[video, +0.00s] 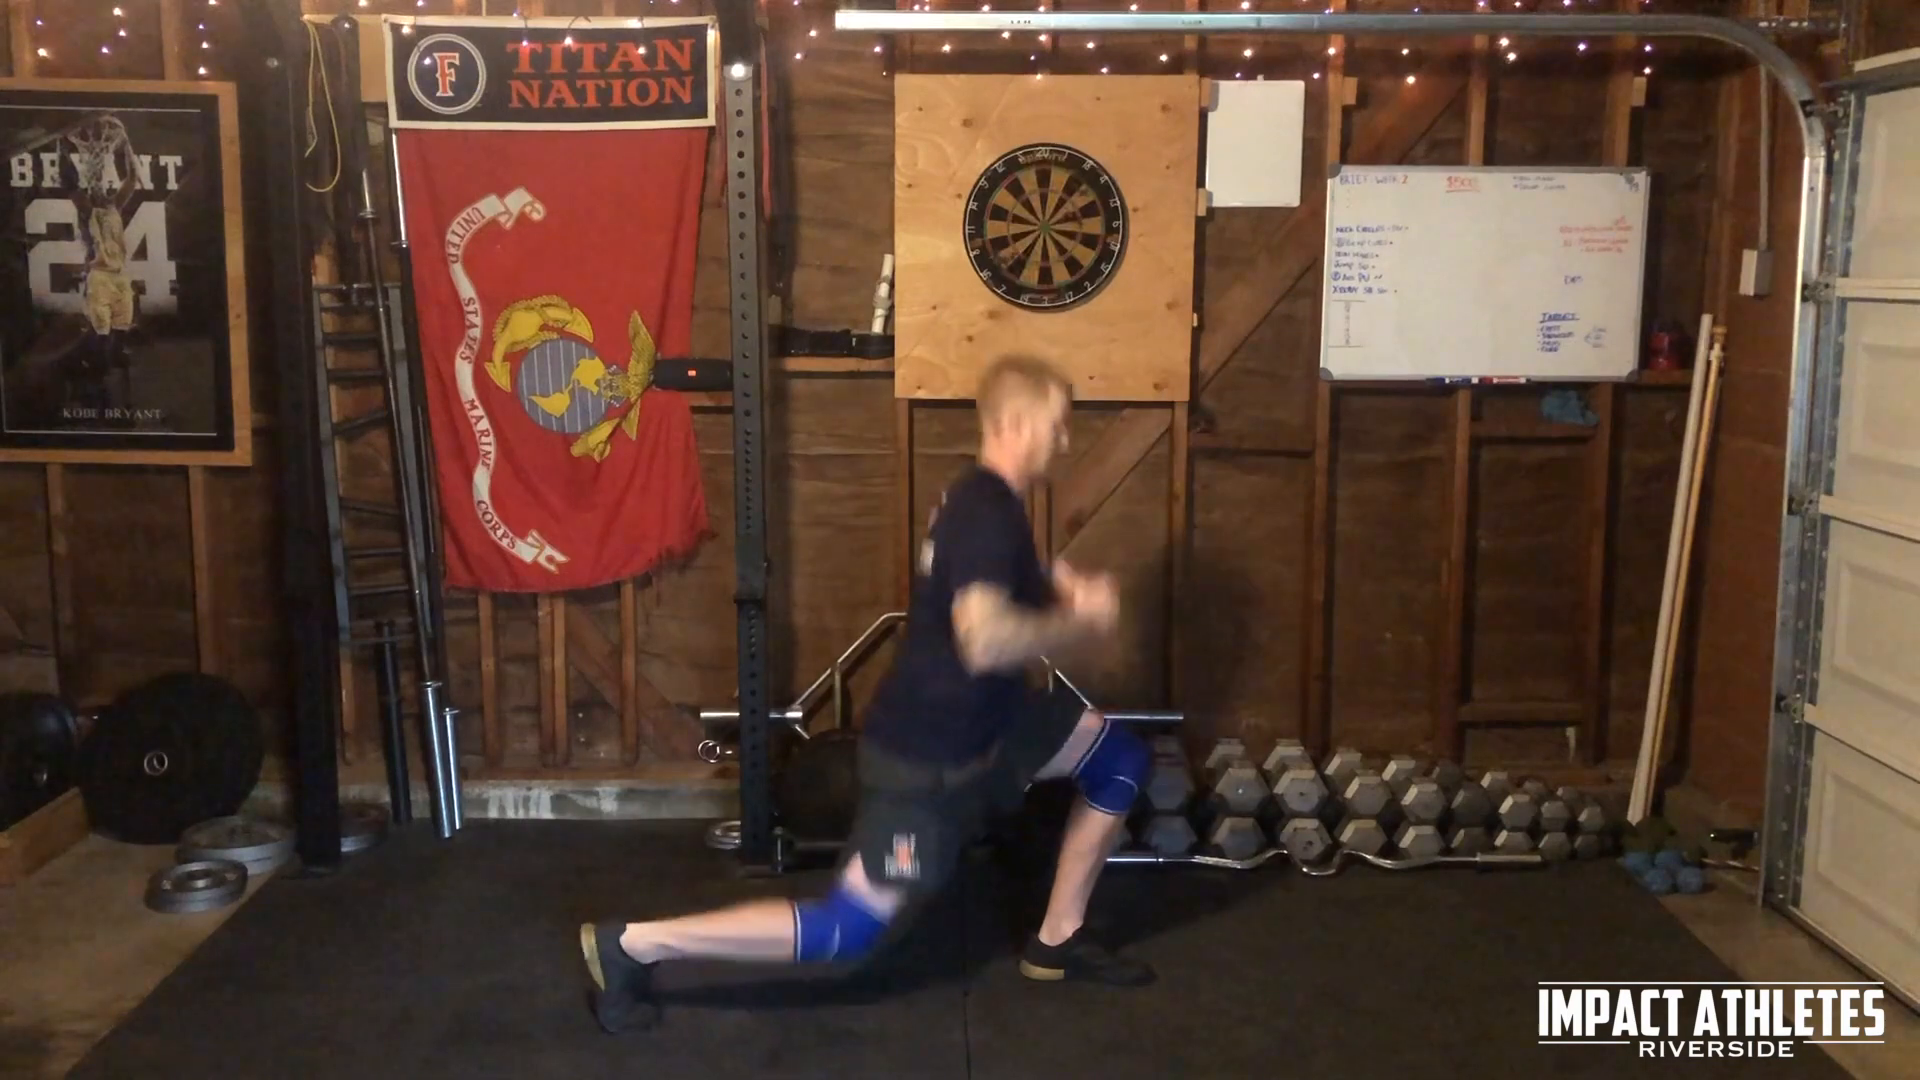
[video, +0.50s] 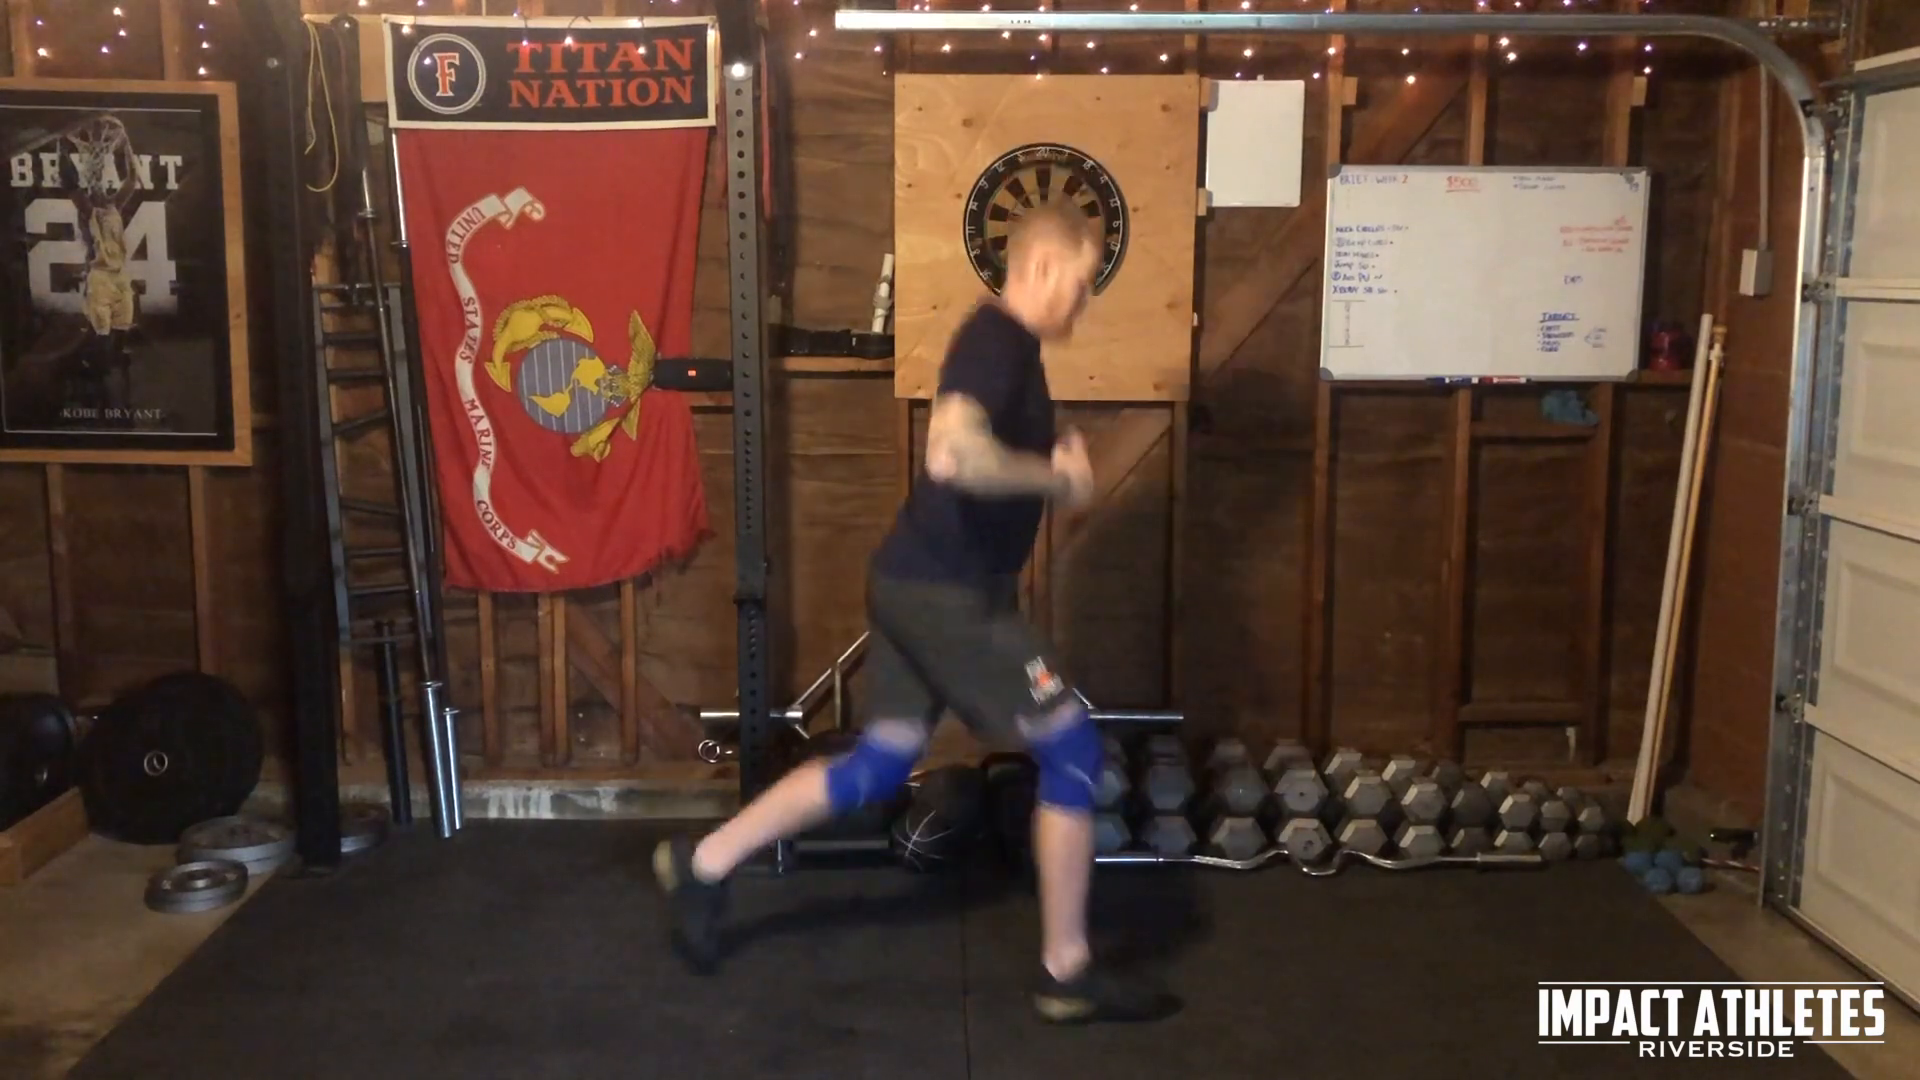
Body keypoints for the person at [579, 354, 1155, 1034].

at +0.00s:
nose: (1065, 439)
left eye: (1065, 425)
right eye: (1058, 424)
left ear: (1010, 425)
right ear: (1014, 425)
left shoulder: (999, 501)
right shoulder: (983, 508)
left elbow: (1009, 588)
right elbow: (984, 639)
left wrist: (1059, 589)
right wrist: (1079, 619)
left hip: (994, 715)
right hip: (925, 744)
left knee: (1119, 763)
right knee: (849, 929)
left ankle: (1058, 940)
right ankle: (629, 945)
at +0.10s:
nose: (1065, 350)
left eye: (1067, 334)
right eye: (1059, 333)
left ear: (1013, 330)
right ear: (1018, 330)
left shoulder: (1003, 412)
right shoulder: (987, 413)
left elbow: (994, 522)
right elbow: (1002, 537)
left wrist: (1060, 501)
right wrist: (1076, 504)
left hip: (994, 654)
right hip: (928, 659)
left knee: (1095, 754)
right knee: (860, 828)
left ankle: (1059, 937)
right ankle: (656, 941)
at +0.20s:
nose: (1083, 267)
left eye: (1089, 251)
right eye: (1079, 247)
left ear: (1017, 238)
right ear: (1031, 238)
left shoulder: (1001, 312)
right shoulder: (994, 314)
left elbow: (953, 384)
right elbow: (990, 438)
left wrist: (1050, 419)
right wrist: (1069, 434)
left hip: (976, 565)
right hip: (933, 568)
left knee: (1030, 722)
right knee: (909, 761)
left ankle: (1018, 910)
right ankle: (739, 900)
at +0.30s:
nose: (1086, 235)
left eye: (1091, 220)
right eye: (1084, 214)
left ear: (1030, 196)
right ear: (1039, 195)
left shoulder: (1003, 272)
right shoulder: (996, 273)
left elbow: (981, 384)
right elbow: (968, 392)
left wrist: (1045, 389)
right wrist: (1056, 405)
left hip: (949, 523)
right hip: (936, 528)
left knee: (968, 700)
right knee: (979, 706)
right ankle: (858, 900)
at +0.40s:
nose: (1087, 242)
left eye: (1093, 225)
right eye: (1086, 220)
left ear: (1028, 205)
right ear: (1041, 204)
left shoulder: (1013, 286)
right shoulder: (995, 280)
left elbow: (982, 395)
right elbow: (953, 396)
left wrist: (1052, 399)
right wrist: (1053, 416)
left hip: (931, 531)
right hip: (941, 538)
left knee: (923, 718)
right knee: (1033, 716)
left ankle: (772, 838)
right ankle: (984, 924)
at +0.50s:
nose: (1084, 300)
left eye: (1088, 283)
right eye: (1081, 281)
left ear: (1030, 270)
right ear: (1042, 268)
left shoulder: (1013, 346)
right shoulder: (995, 339)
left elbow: (984, 457)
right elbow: (952, 453)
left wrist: (1057, 465)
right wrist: (1056, 474)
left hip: (922, 583)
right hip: (942, 590)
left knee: (878, 762)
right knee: (1072, 748)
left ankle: (701, 863)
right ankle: (1068, 967)